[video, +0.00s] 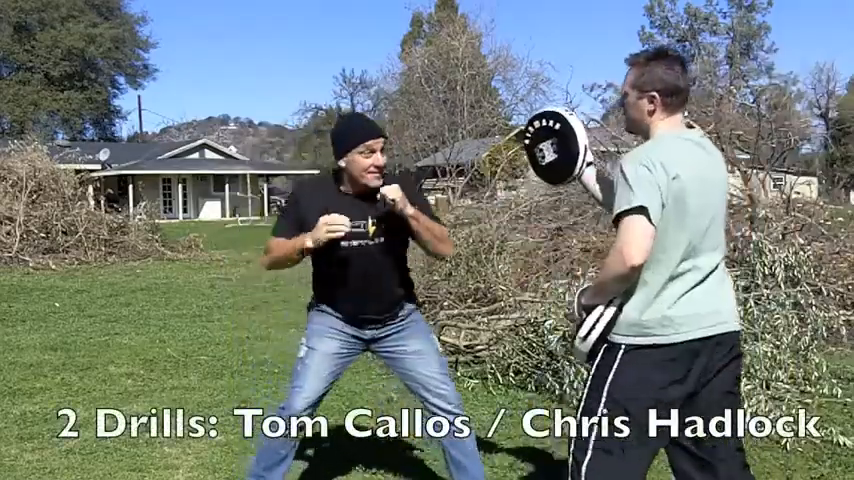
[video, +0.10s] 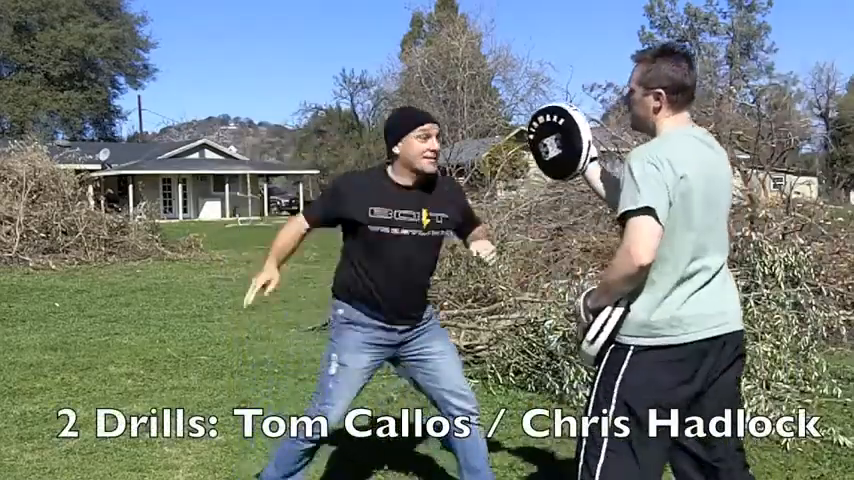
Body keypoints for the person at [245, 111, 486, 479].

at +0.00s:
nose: (380, 162)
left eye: (382, 151)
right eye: (368, 153)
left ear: (386, 152)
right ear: (342, 158)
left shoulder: (401, 189)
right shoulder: (310, 194)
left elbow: (445, 247)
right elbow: (271, 258)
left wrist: (408, 211)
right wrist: (309, 240)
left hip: (401, 321)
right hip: (333, 323)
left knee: (448, 408)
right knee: (296, 408)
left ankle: (472, 476)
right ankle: (261, 476)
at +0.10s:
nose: (434, 145)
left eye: (436, 137)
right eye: (423, 137)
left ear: (439, 144)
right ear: (396, 146)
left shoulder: (446, 191)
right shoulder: (354, 188)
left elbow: (473, 229)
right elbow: (302, 222)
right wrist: (271, 264)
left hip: (419, 327)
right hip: (359, 326)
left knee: (464, 412)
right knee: (324, 419)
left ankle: (480, 476)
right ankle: (273, 476)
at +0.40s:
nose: (499, 156)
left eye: (500, 149)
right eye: (492, 147)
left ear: (468, 151)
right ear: (462, 148)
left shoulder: (464, 189)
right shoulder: (446, 171)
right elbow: (477, 196)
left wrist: (485, 221)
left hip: (429, 320)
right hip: (392, 310)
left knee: (464, 410)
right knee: (367, 413)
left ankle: (474, 476)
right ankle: (289, 474)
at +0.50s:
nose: (496, 148)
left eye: (498, 141)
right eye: (488, 139)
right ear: (459, 142)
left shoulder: (470, 193)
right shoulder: (425, 173)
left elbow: (468, 256)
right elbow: (406, 232)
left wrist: (493, 225)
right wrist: (473, 220)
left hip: (438, 317)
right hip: (394, 308)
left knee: (472, 410)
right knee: (371, 410)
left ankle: (478, 477)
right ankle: (294, 472)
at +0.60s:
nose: (470, 137)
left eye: (473, 131)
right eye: (461, 129)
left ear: (474, 138)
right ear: (434, 134)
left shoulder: (465, 190)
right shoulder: (400, 170)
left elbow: (486, 256)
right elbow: (388, 231)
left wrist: (489, 210)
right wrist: (447, 202)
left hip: (441, 317)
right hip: (388, 312)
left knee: (477, 410)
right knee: (365, 410)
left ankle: (478, 477)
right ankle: (318, 472)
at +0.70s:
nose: (439, 130)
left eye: (443, 123)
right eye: (429, 123)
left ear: (446, 130)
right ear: (405, 129)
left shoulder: (458, 180)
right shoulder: (375, 168)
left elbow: (486, 240)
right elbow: (358, 231)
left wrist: (483, 184)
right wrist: (414, 198)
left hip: (440, 315)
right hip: (380, 313)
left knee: (468, 410)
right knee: (354, 409)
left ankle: (473, 477)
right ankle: (323, 475)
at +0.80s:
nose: (418, 128)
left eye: (424, 119)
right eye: (407, 121)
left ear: (433, 123)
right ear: (390, 128)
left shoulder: (449, 163)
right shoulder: (363, 166)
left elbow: (487, 162)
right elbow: (332, 228)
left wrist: (466, 121)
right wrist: (382, 203)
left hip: (434, 311)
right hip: (369, 309)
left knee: (465, 409)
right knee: (340, 404)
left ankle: (470, 475)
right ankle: (317, 475)